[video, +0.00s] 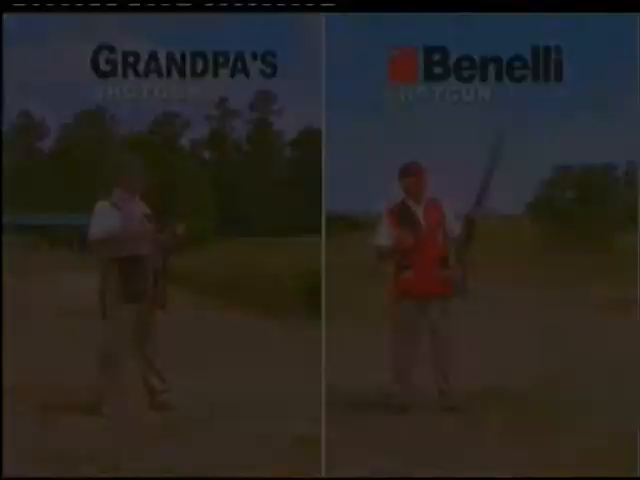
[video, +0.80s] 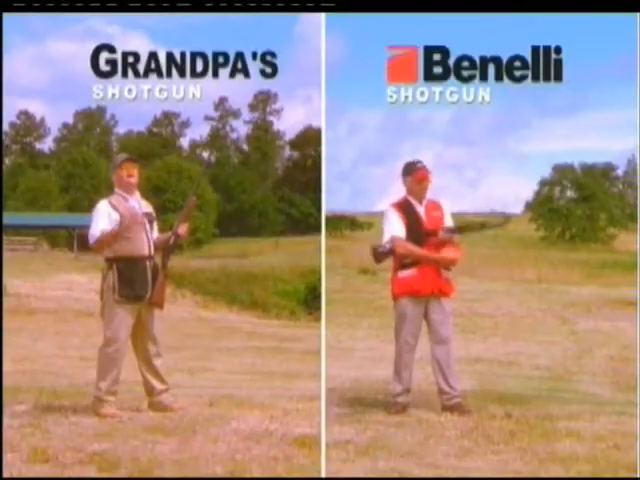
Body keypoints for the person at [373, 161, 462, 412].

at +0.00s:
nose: (415, 187)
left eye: (419, 181)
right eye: (410, 182)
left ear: (425, 183)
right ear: (402, 185)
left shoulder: (437, 211)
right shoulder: (393, 214)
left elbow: (451, 241)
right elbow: (382, 250)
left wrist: (466, 231)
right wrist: (401, 247)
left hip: (437, 286)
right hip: (407, 288)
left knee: (442, 338)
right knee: (405, 340)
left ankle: (445, 389)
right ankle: (403, 389)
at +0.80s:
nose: (425, 186)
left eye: (427, 181)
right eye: (420, 181)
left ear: (429, 181)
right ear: (407, 182)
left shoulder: (439, 208)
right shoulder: (395, 211)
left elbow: (451, 240)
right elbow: (399, 247)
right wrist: (438, 257)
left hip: (436, 278)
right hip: (409, 280)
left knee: (443, 340)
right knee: (406, 342)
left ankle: (451, 396)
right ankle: (400, 395)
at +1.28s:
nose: (429, 189)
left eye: (432, 184)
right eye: (424, 184)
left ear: (434, 184)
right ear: (411, 182)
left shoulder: (438, 210)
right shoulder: (396, 210)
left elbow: (464, 238)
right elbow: (399, 249)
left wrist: (456, 218)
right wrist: (435, 259)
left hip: (437, 281)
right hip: (409, 282)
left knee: (443, 341)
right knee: (406, 342)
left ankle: (451, 397)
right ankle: (401, 396)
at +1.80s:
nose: (431, 190)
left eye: (434, 185)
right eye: (427, 184)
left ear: (436, 185)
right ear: (414, 182)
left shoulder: (439, 209)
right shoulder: (396, 210)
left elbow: (471, 208)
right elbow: (398, 249)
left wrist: (453, 177)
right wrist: (435, 258)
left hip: (437, 281)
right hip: (409, 282)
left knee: (443, 340)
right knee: (406, 342)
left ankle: (451, 397)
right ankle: (400, 396)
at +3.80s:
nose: (426, 177)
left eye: (428, 173)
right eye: (420, 172)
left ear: (429, 179)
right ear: (407, 179)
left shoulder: (437, 208)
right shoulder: (395, 211)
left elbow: (470, 203)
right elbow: (397, 249)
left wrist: (446, 179)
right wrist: (433, 260)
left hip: (436, 279)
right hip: (408, 281)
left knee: (443, 340)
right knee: (406, 342)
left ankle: (451, 396)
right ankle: (400, 395)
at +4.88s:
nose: (434, 187)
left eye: (436, 182)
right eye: (430, 182)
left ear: (438, 183)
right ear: (416, 180)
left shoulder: (441, 208)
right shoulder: (398, 211)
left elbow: (473, 218)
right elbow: (399, 250)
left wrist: (466, 196)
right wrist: (434, 261)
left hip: (439, 282)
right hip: (410, 283)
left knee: (443, 340)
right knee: (407, 343)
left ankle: (451, 397)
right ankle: (401, 396)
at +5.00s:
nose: (436, 189)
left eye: (439, 184)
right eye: (432, 183)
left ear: (441, 185)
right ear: (419, 181)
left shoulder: (444, 210)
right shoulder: (401, 210)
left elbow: (465, 225)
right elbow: (402, 249)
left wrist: (474, 225)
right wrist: (435, 262)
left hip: (440, 281)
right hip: (411, 282)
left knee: (443, 340)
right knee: (407, 343)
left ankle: (450, 397)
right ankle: (400, 397)